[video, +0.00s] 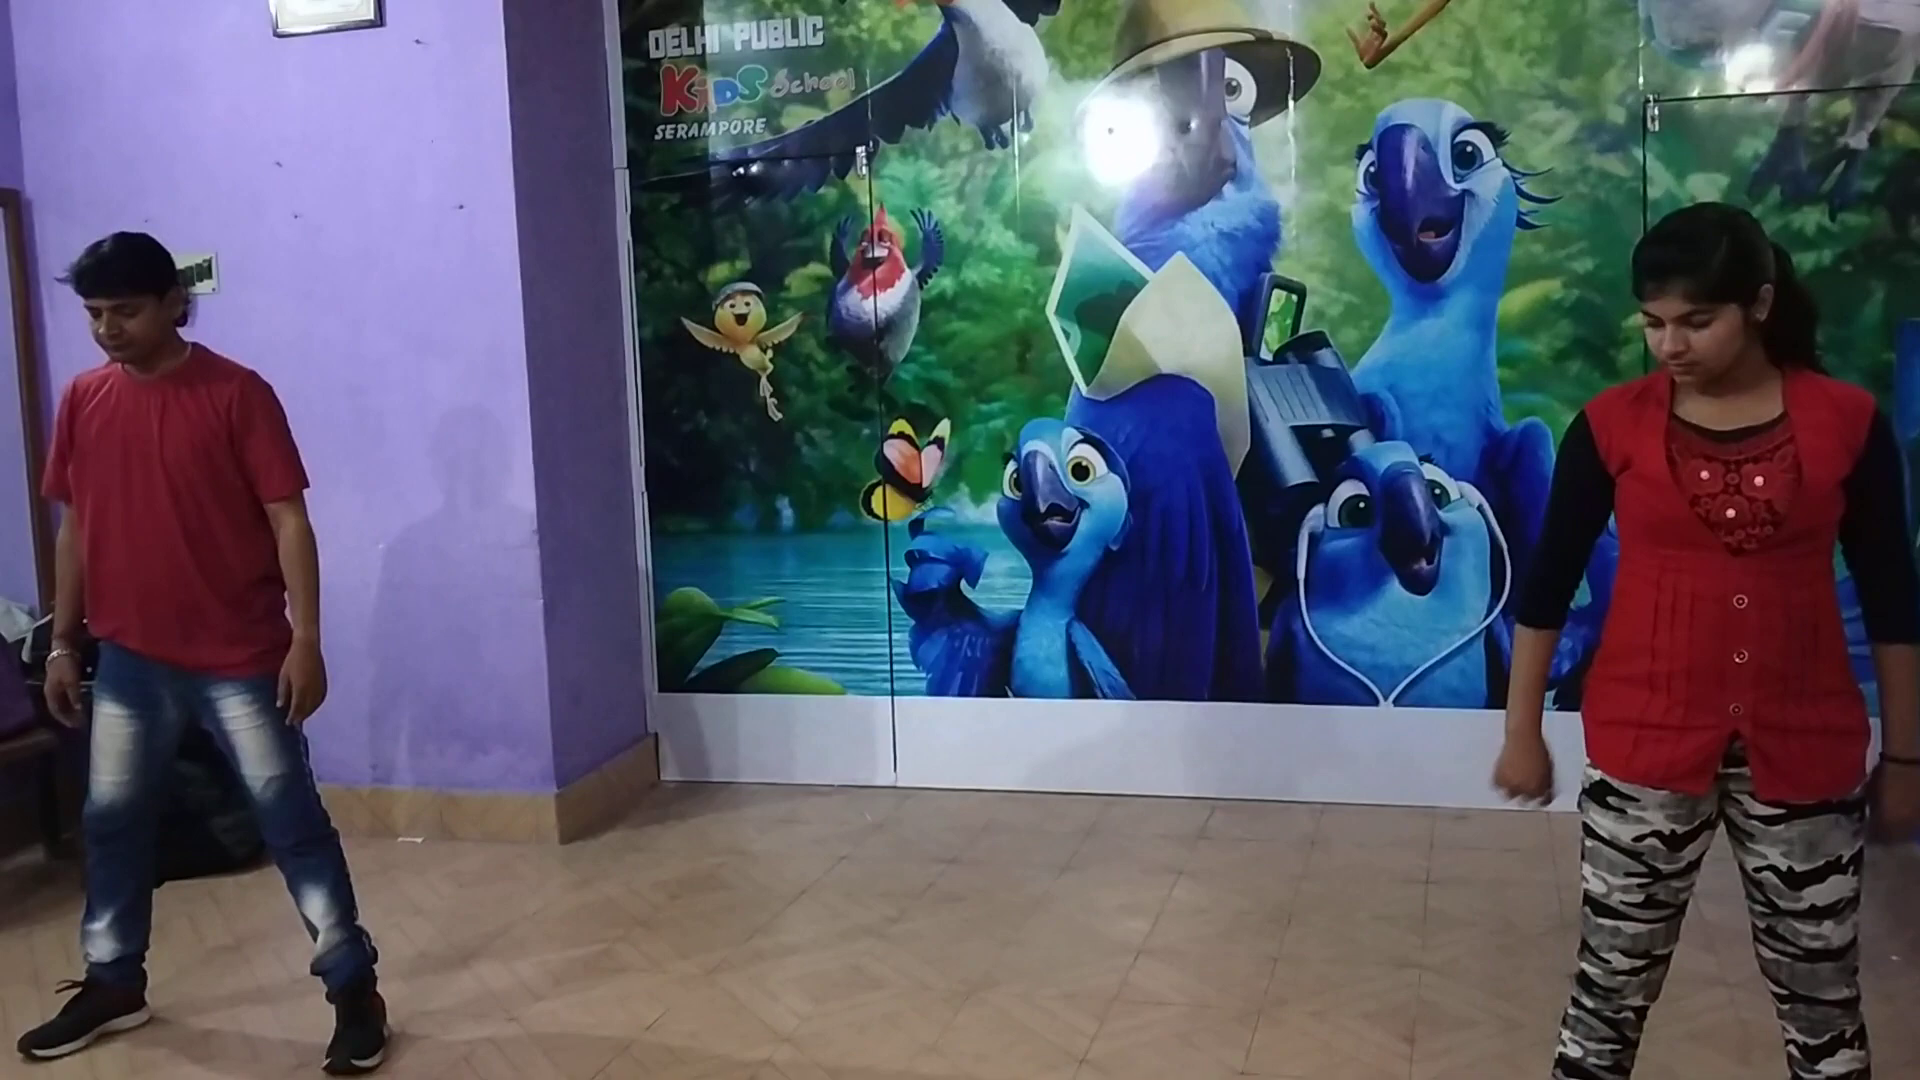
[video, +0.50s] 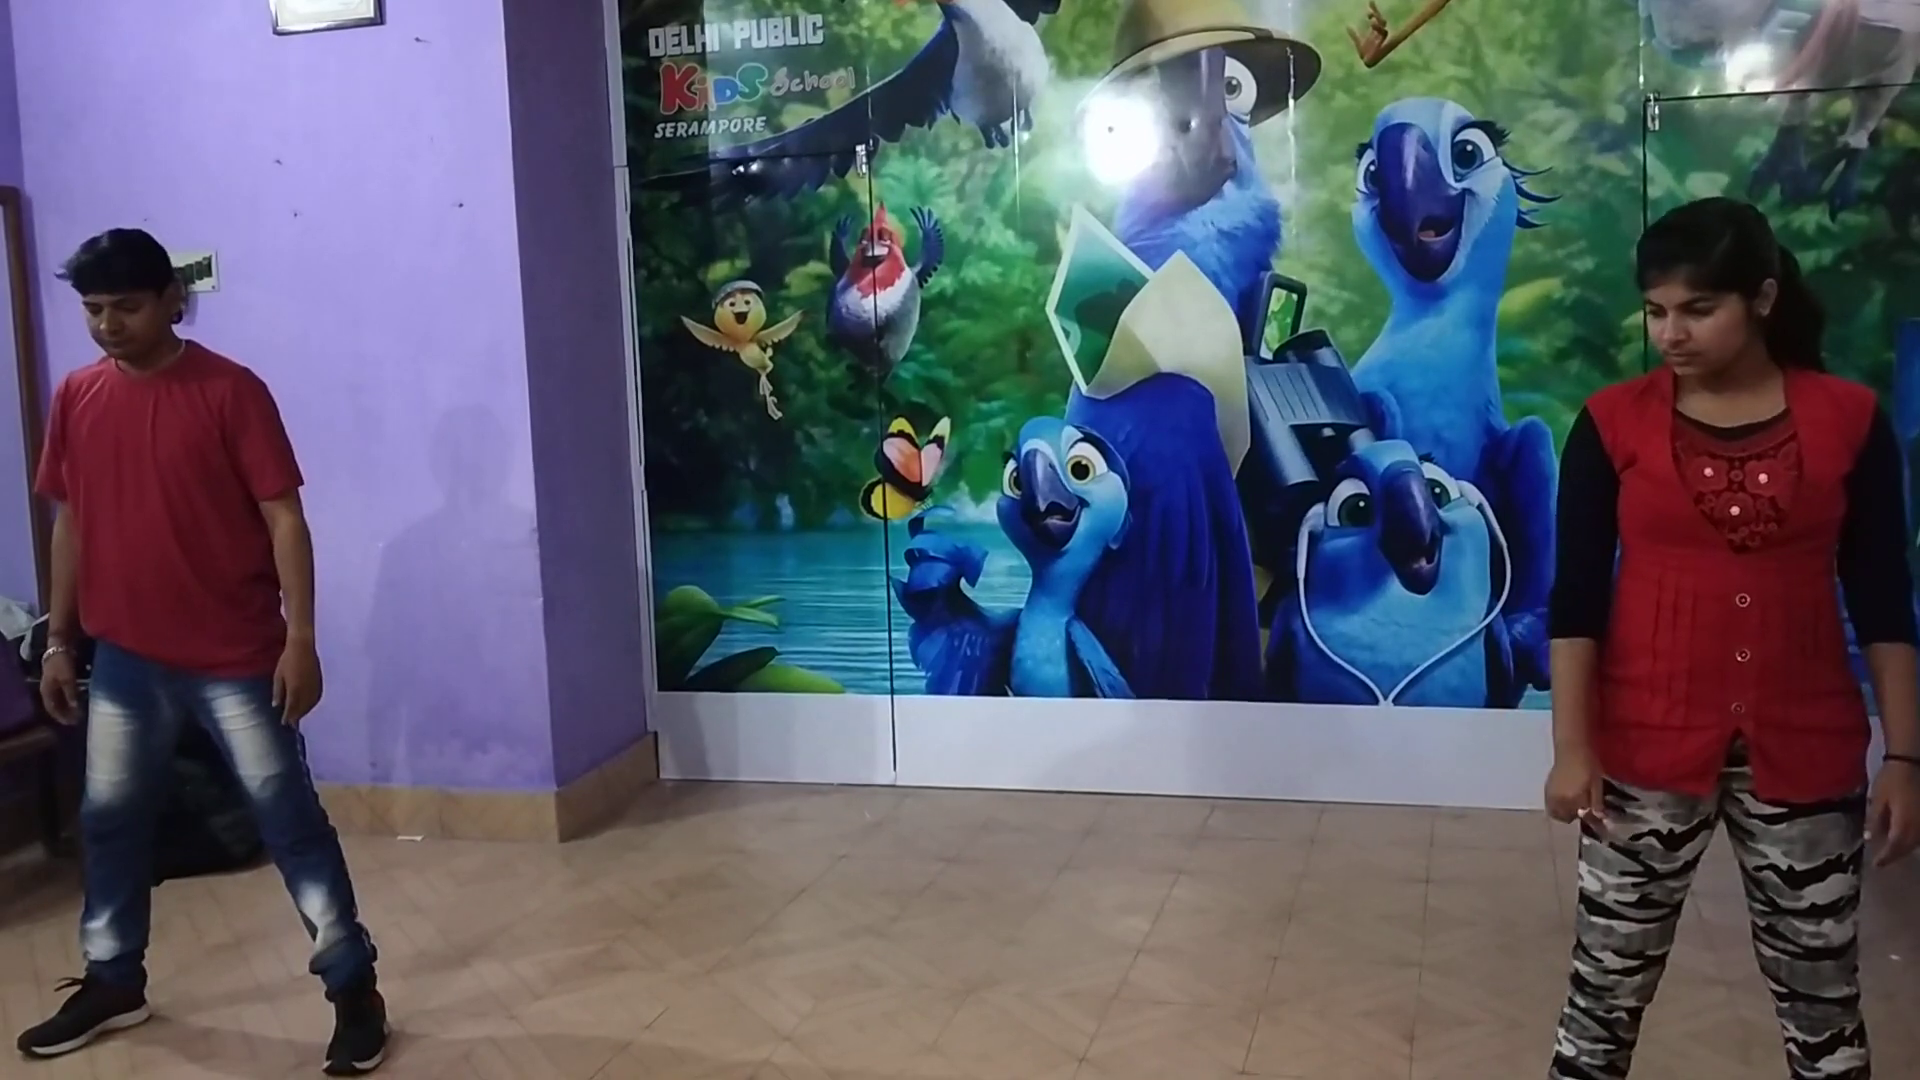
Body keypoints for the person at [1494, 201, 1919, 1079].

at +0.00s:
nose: (1671, 345)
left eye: (1694, 321)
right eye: (1655, 321)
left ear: (1756, 308)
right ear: (1639, 313)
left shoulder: (1845, 424)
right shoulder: (1612, 424)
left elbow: (1891, 595)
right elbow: (1548, 578)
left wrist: (1902, 756)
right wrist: (1521, 730)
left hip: (1802, 748)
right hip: (1645, 746)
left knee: (1821, 1002)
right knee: (1610, 991)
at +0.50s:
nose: (1669, 331)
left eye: (1695, 309)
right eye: (1656, 309)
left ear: (1761, 301)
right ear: (1644, 306)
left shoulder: (1848, 422)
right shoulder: (1611, 424)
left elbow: (1881, 598)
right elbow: (1576, 597)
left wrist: (1901, 753)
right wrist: (1570, 744)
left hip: (1803, 749)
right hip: (1646, 748)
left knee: (1822, 998)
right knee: (1606, 992)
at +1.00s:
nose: (1705, 342)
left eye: (1728, 319)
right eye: (1688, 321)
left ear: (1793, 307)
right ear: (1671, 316)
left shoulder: (1867, 430)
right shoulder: (1633, 425)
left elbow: (1903, 607)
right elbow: (1590, 598)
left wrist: (1914, 740)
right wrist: (1565, 754)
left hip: (1810, 747)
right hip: (1651, 743)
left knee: (1832, 998)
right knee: (1589, 987)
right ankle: (1560, 1071)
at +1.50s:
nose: (1469, 475)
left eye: (1498, 455)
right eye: (1458, 453)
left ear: (1555, 473)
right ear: (1445, 465)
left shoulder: (1648, 556)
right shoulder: (1426, 622)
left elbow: (1756, 689)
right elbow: (1373, 781)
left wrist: (1841, 828)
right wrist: (1315, 931)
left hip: (1711, 820)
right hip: (1553, 841)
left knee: (1873, 1009)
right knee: (1447, 1025)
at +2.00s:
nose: (1648, 342)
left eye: (1666, 314)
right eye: (1642, 322)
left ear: (1746, 306)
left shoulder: (1887, 414)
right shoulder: (1657, 457)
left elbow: (1919, 555)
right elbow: (1621, 626)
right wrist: (1581, 785)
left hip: (1865, 727)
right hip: (1707, 729)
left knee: (1905, 975)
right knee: (1595, 942)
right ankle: (1529, 1070)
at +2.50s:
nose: (1626, 306)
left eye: (1648, 284)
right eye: (1629, 286)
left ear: (1721, 293)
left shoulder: (1831, 437)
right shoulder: (1619, 432)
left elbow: (1889, 624)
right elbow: (1589, 587)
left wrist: (1911, 802)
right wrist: (1541, 713)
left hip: (1793, 753)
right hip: (1645, 743)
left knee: (1855, 992)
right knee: (1546, 933)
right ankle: (1517, 1071)